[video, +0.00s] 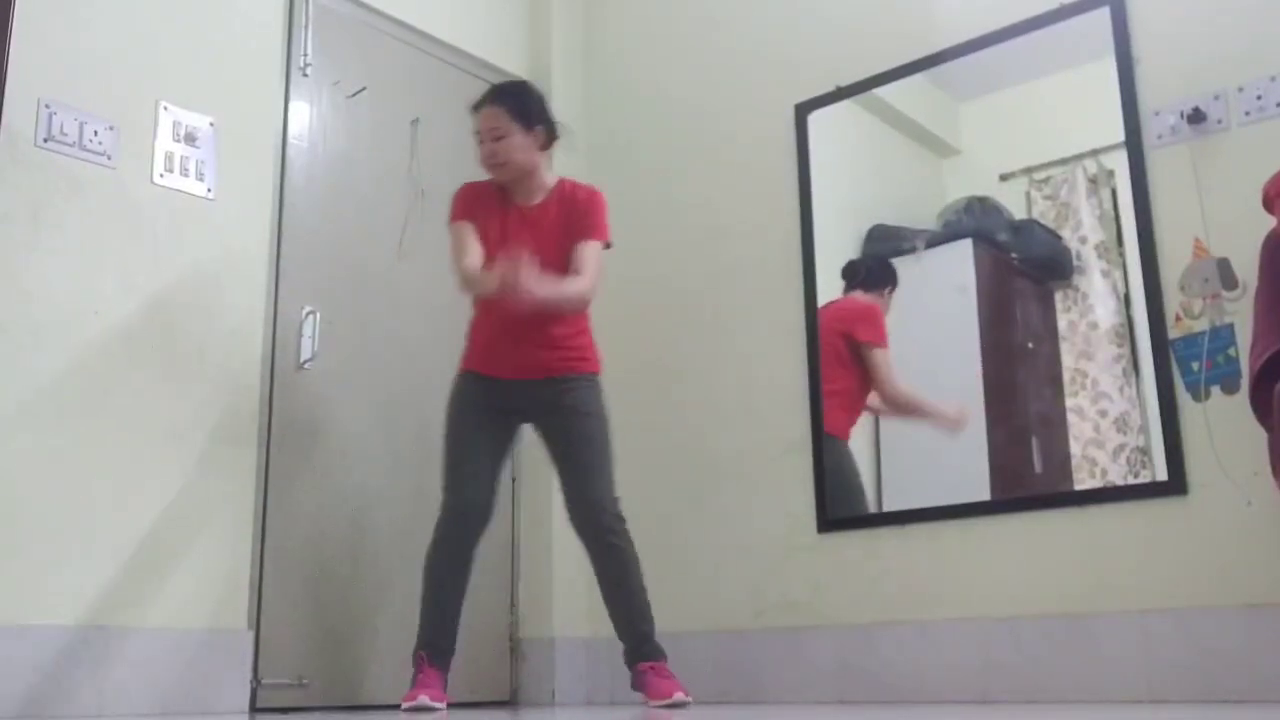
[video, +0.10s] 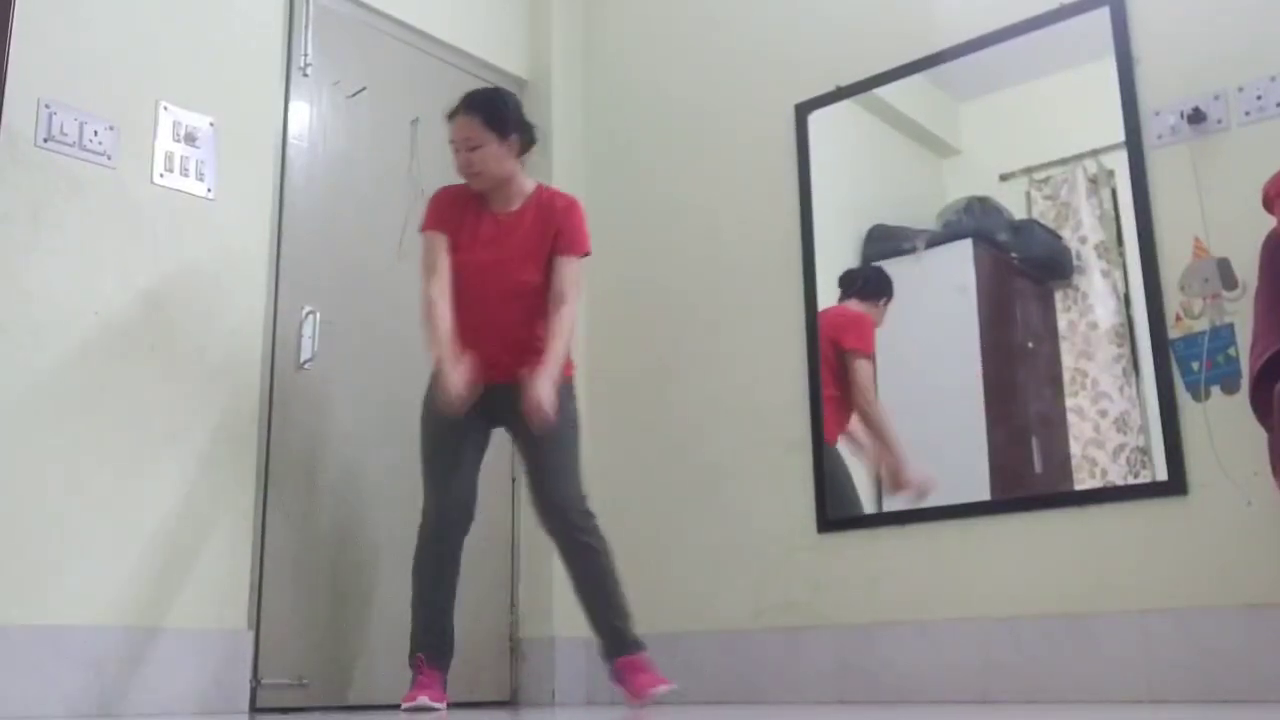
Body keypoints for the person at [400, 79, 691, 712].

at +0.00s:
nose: (485, 149)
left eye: (497, 136)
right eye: (479, 138)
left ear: (540, 136)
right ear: (479, 143)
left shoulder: (583, 201)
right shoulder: (472, 200)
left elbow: (584, 287)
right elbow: (468, 275)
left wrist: (534, 287)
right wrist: (497, 275)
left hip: (567, 381)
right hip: (486, 380)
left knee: (599, 514)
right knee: (462, 513)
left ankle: (648, 663)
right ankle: (430, 671)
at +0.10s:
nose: (460, 158)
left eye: (472, 146)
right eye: (455, 147)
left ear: (513, 144)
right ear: (454, 150)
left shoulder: (560, 211)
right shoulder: (449, 205)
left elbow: (565, 301)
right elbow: (437, 286)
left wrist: (547, 372)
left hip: (538, 378)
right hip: (463, 377)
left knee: (567, 514)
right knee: (444, 519)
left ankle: (627, 657)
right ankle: (428, 672)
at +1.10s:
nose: (555, 128)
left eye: (567, 123)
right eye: (542, 117)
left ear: (579, 143)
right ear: (515, 134)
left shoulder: (597, 200)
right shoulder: (488, 198)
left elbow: (621, 284)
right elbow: (497, 269)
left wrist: (588, 224)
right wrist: (560, 217)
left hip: (584, 381)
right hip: (505, 379)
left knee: (608, 518)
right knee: (476, 515)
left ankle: (650, 667)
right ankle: (431, 670)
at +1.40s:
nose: (640, 146)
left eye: (646, 139)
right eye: (628, 133)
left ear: (646, 150)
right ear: (589, 138)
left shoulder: (655, 212)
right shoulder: (543, 211)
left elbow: (702, 299)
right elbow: (519, 308)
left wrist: (716, 389)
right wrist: (519, 392)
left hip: (644, 378)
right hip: (567, 374)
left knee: (642, 511)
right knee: (586, 486)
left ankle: (653, 666)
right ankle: (562, 630)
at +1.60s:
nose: (645, 146)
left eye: (652, 137)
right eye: (634, 132)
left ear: (655, 148)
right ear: (596, 136)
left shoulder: (664, 204)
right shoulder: (550, 201)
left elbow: (735, 256)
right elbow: (481, 252)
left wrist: (752, 339)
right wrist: (503, 334)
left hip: (662, 375)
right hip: (587, 378)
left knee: (661, 515)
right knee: (626, 494)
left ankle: (656, 664)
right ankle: (621, 645)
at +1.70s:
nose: (637, 141)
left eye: (646, 132)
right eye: (624, 128)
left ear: (652, 146)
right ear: (591, 137)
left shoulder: (667, 206)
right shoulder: (551, 205)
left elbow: (728, 266)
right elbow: (486, 264)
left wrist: (746, 350)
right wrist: (504, 345)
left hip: (663, 375)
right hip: (587, 378)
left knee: (660, 514)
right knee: (619, 495)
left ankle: (656, 662)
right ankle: (615, 634)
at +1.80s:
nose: (625, 139)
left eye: (636, 130)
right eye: (612, 128)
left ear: (649, 147)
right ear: (587, 143)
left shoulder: (669, 214)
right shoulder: (557, 212)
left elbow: (715, 297)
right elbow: (507, 296)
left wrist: (718, 373)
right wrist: (530, 367)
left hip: (660, 379)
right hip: (583, 381)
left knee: (650, 516)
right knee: (588, 494)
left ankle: (656, 666)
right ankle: (602, 612)